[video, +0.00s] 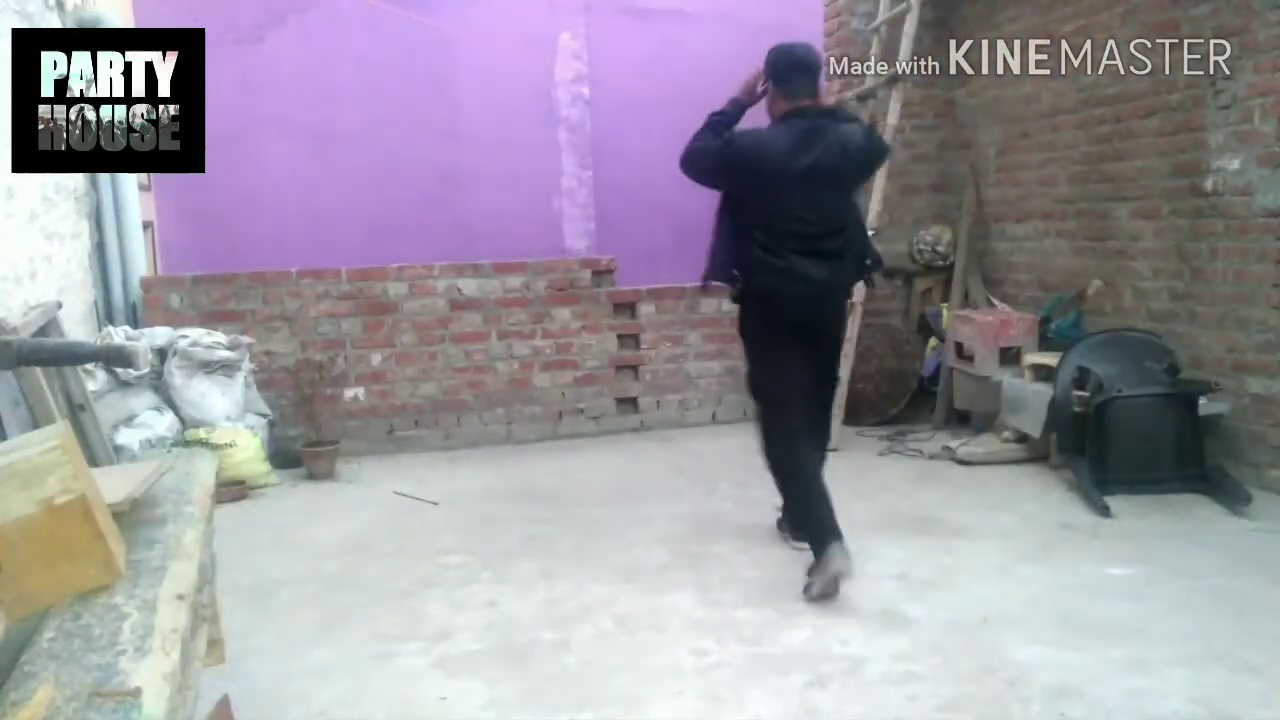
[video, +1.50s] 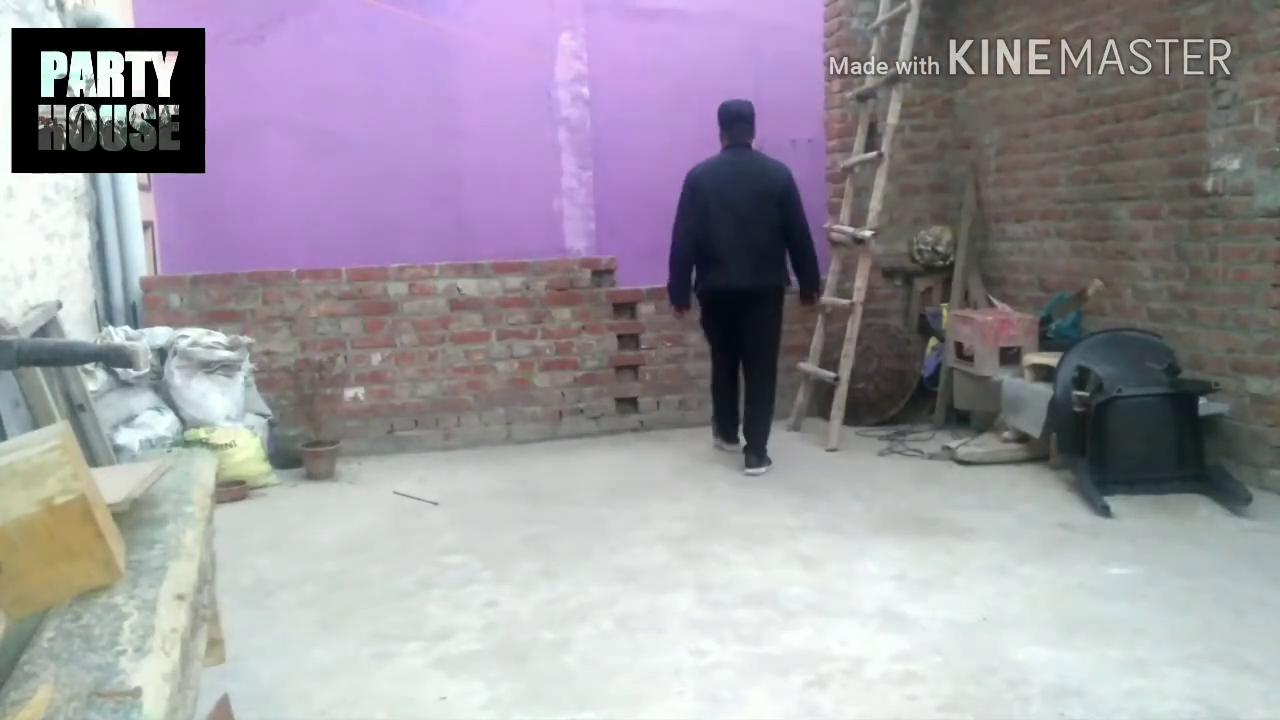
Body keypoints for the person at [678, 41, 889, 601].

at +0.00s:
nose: (769, 98)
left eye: (768, 90)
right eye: (780, 87)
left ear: (768, 92)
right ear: (818, 89)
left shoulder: (751, 149)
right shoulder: (844, 142)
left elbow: (694, 158)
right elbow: (875, 147)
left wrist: (735, 106)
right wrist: (837, 109)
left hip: (767, 297)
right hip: (826, 297)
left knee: (781, 415)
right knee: (814, 403)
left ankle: (829, 543)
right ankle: (797, 513)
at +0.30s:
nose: (732, 101)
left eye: (732, 93)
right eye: (736, 92)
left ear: (736, 94)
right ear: (778, 88)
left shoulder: (726, 145)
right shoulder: (813, 138)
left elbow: (671, 156)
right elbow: (813, 138)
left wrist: (704, 109)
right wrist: (775, 109)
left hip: (735, 289)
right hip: (793, 291)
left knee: (720, 389)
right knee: (795, 399)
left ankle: (721, 495)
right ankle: (799, 515)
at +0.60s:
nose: (709, 120)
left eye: (708, 114)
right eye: (722, 112)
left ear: (707, 117)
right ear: (748, 114)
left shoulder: (692, 166)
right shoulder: (772, 160)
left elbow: (651, 174)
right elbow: (797, 166)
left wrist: (687, 134)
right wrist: (756, 134)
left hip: (702, 296)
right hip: (758, 295)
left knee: (697, 390)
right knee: (764, 385)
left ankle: (705, 486)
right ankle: (781, 463)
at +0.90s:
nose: (717, 113)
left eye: (710, 105)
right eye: (731, 106)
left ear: (703, 109)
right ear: (740, 109)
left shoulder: (676, 161)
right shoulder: (764, 159)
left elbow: (661, 209)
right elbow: (797, 210)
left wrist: (693, 224)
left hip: (695, 288)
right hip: (750, 286)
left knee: (700, 380)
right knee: (751, 367)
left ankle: (702, 481)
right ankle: (757, 461)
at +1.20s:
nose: (730, 126)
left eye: (722, 120)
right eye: (741, 119)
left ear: (717, 123)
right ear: (752, 122)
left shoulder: (697, 172)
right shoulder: (779, 170)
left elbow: (684, 234)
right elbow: (790, 231)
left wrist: (675, 286)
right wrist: (788, 280)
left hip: (713, 291)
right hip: (763, 291)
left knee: (703, 362)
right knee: (763, 372)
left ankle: (710, 429)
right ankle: (756, 454)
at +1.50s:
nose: (735, 133)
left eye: (728, 126)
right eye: (746, 126)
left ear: (721, 130)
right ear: (753, 129)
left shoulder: (700, 177)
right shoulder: (776, 174)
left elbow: (683, 239)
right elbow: (797, 234)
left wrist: (679, 292)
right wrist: (809, 283)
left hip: (716, 291)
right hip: (764, 291)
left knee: (724, 360)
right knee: (761, 367)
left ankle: (726, 432)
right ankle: (756, 454)